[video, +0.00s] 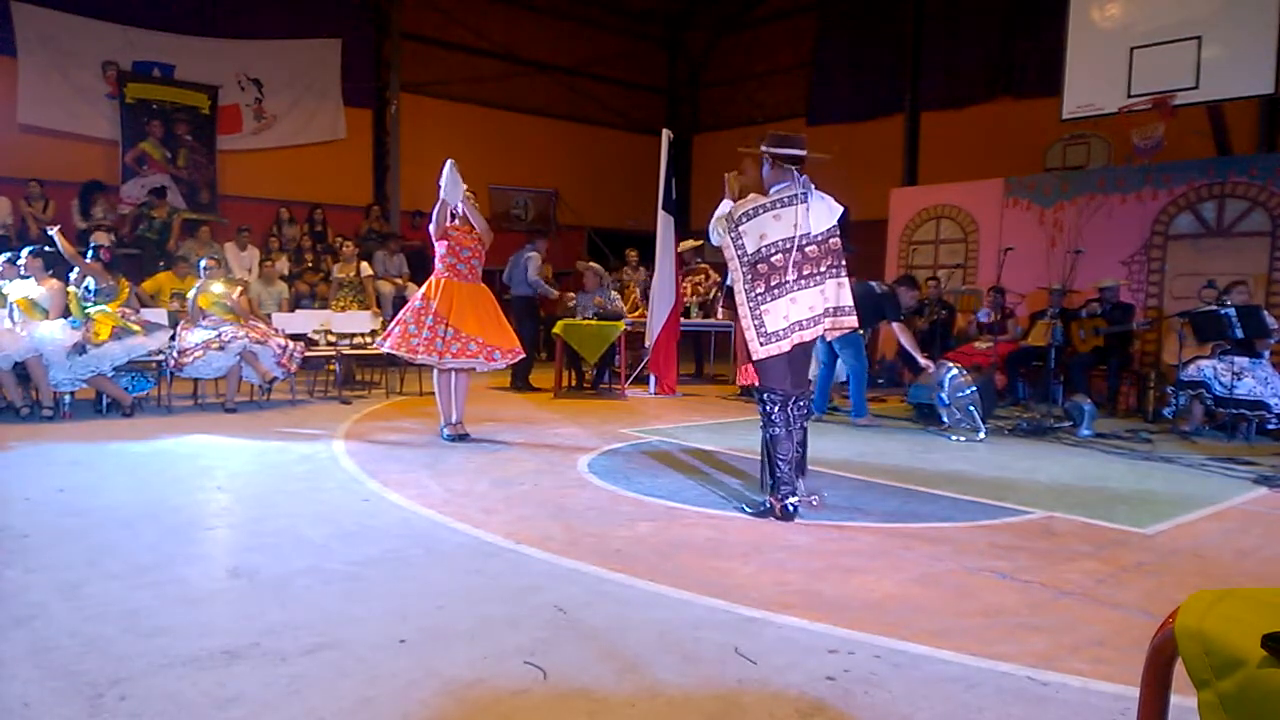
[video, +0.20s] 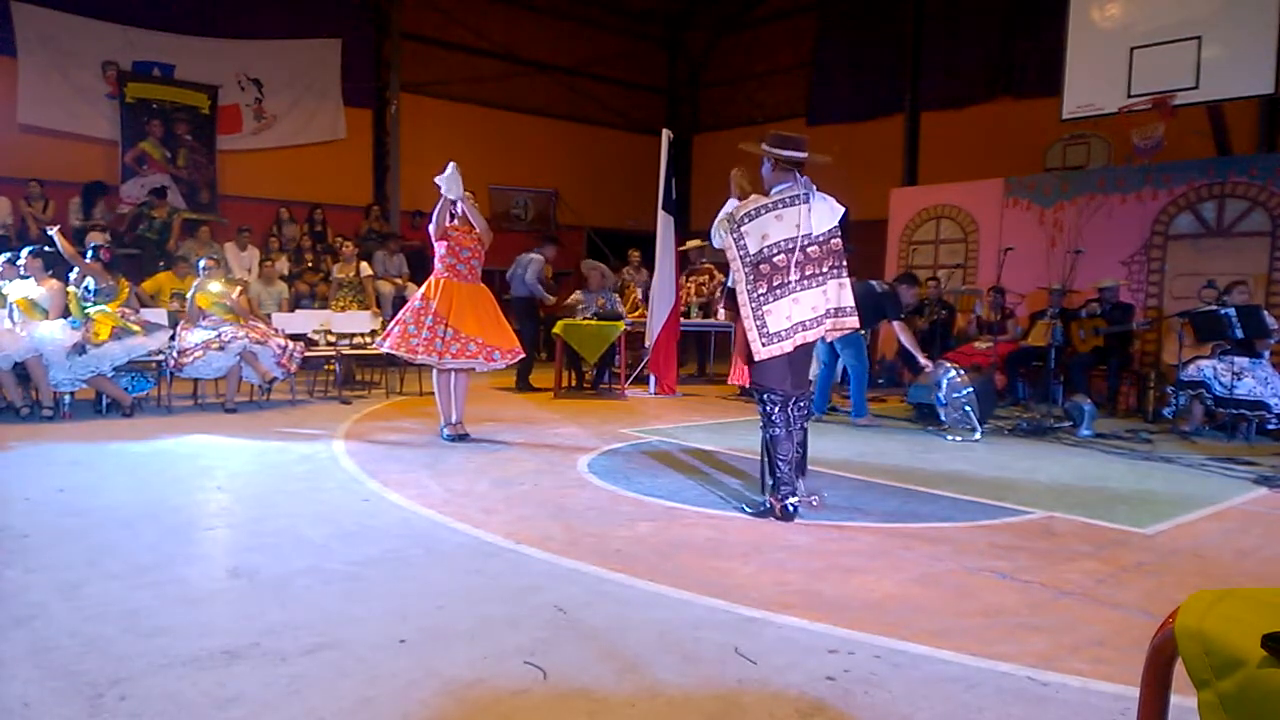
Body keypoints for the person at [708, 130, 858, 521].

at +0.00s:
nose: (760, 170)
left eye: (762, 164)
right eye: (764, 164)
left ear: (770, 166)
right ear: (801, 167)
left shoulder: (754, 211)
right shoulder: (824, 208)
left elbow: (718, 237)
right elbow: (832, 268)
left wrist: (730, 199)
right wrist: (831, 317)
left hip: (767, 319)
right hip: (808, 314)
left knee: (775, 402)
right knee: (799, 398)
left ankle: (782, 496)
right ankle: (795, 485)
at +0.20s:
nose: (761, 170)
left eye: (764, 164)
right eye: (764, 164)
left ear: (772, 167)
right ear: (800, 168)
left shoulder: (753, 212)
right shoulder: (824, 208)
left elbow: (718, 240)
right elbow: (834, 269)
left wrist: (735, 204)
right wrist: (834, 318)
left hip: (767, 320)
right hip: (808, 316)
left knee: (775, 406)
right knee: (798, 400)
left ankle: (783, 497)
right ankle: (795, 485)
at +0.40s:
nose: (762, 167)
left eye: (766, 163)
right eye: (766, 162)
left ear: (775, 167)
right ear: (802, 168)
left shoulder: (757, 211)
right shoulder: (828, 208)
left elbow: (721, 240)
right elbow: (835, 268)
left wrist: (730, 200)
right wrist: (833, 319)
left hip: (768, 320)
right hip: (810, 316)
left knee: (775, 406)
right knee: (799, 400)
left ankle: (783, 496)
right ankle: (795, 485)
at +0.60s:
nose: (764, 166)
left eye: (768, 161)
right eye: (768, 160)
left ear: (778, 166)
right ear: (803, 168)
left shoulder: (757, 210)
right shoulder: (827, 207)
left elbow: (718, 239)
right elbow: (836, 267)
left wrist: (736, 203)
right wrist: (836, 318)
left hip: (768, 319)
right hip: (809, 314)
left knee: (776, 405)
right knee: (798, 402)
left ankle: (783, 497)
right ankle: (795, 485)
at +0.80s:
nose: (765, 163)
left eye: (770, 159)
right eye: (769, 158)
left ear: (779, 165)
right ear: (806, 167)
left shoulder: (756, 207)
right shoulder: (826, 205)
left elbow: (719, 237)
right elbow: (836, 265)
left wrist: (729, 201)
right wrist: (838, 316)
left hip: (771, 319)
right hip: (814, 314)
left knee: (778, 406)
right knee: (800, 403)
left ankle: (782, 498)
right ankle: (795, 488)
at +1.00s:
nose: (769, 158)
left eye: (773, 155)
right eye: (773, 153)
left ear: (780, 163)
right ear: (810, 165)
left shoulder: (755, 205)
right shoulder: (827, 202)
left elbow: (719, 236)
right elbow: (838, 263)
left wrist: (734, 197)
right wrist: (839, 315)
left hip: (775, 318)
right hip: (818, 313)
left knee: (781, 405)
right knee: (803, 399)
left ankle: (781, 497)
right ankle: (809, 487)